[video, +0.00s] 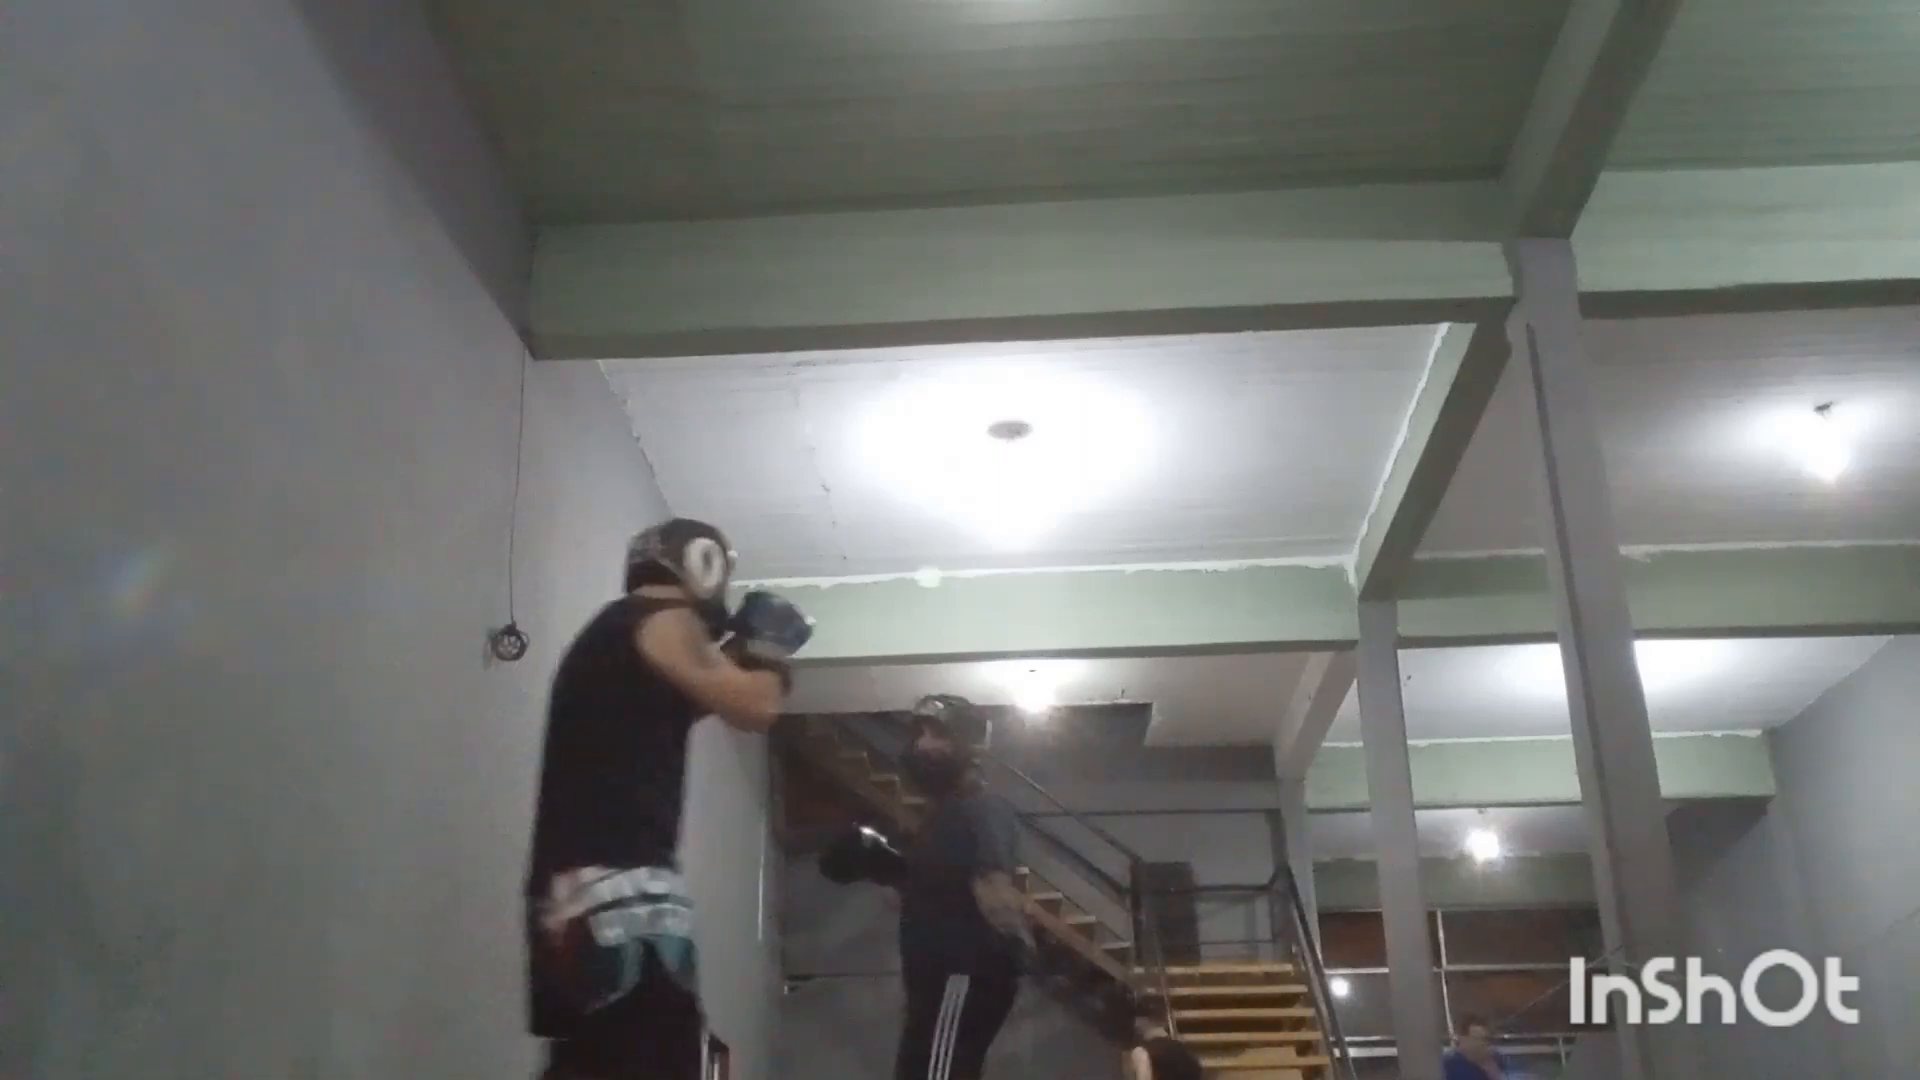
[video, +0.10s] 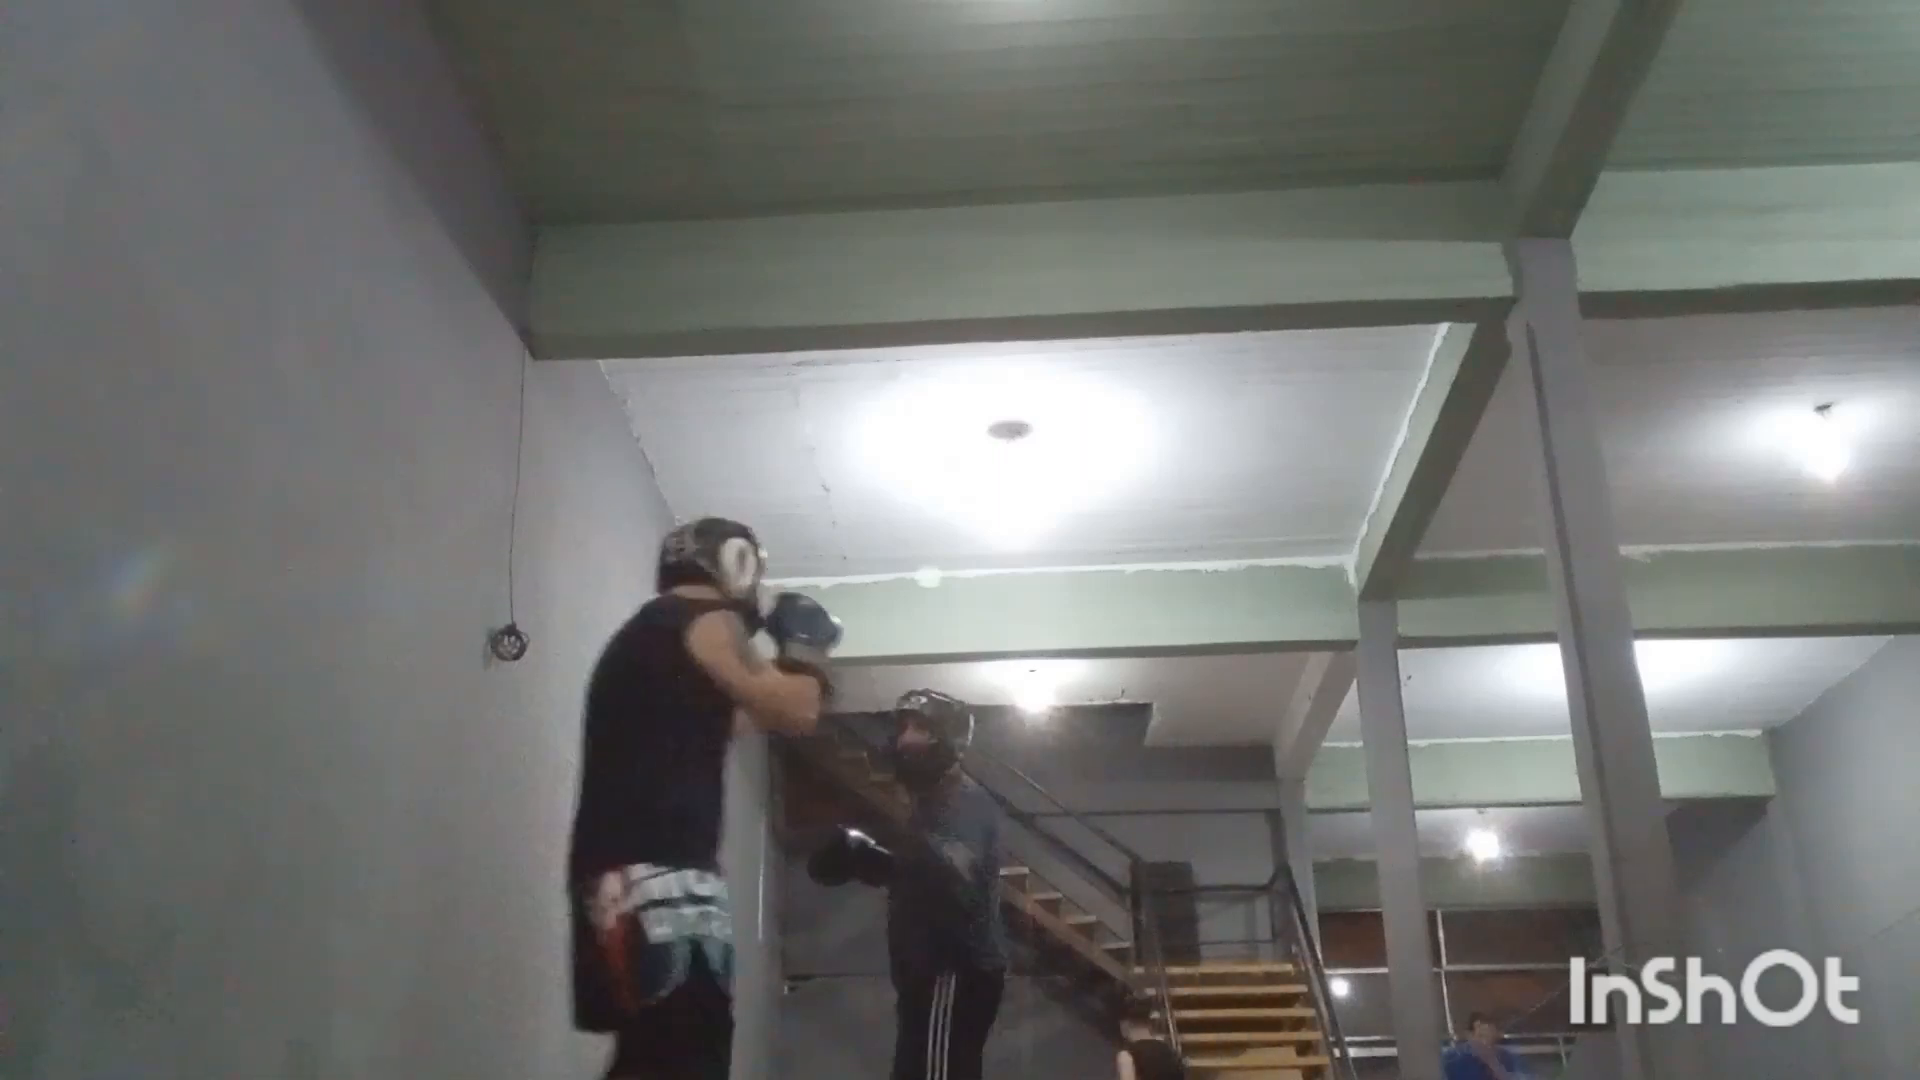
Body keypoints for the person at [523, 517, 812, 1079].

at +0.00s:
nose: (725, 584)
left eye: (725, 571)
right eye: (721, 568)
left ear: (645, 564)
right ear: (698, 563)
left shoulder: (608, 630)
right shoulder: (662, 620)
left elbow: (673, 701)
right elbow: (756, 705)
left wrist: (732, 647)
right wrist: (769, 648)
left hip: (565, 885)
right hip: (619, 886)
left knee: (595, 1051)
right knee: (659, 1052)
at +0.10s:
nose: (757, 581)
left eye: (758, 568)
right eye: (753, 565)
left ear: (679, 563)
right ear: (729, 562)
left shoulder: (643, 631)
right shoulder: (703, 619)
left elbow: (726, 719)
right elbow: (796, 709)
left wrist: (767, 649)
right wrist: (806, 647)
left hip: (611, 866)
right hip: (662, 867)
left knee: (646, 1046)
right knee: (690, 1049)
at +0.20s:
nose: (789, 576)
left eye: (788, 563)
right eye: (783, 561)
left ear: (710, 563)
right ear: (761, 559)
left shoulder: (680, 631)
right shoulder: (741, 619)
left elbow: (753, 749)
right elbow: (829, 712)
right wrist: (838, 653)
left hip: (649, 858)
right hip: (699, 859)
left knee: (690, 1033)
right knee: (716, 1029)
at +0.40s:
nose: (854, 594)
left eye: (853, 581)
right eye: (848, 580)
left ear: (776, 587)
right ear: (826, 582)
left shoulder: (733, 654)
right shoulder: (824, 640)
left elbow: (689, 749)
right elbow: (913, 724)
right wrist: (908, 681)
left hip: (705, 877)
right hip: (769, 883)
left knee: (729, 1050)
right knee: (764, 1054)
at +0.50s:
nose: (883, 610)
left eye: (881, 596)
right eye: (877, 596)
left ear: (803, 603)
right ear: (858, 597)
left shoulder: (757, 673)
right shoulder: (857, 650)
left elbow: (686, 775)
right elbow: (939, 741)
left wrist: (729, 855)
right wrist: (928, 691)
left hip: (743, 881)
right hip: (810, 880)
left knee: (776, 1052)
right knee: (813, 1055)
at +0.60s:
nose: (900, 619)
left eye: (898, 610)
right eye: (896, 610)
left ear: (819, 616)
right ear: (883, 608)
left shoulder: (770, 683)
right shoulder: (888, 652)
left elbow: (706, 787)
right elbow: (958, 750)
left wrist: (757, 843)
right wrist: (943, 706)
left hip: (772, 893)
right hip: (864, 886)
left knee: (804, 1060)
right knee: (872, 1055)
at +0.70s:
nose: (921, 616)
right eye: (918, 609)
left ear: (838, 619)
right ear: (906, 609)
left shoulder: (791, 676)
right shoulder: (921, 651)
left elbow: (744, 789)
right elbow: (981, 753)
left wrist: (814, 806)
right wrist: (963, 699)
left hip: (790, 895)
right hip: (888, 885)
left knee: (822, 1058)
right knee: (930, 1047)